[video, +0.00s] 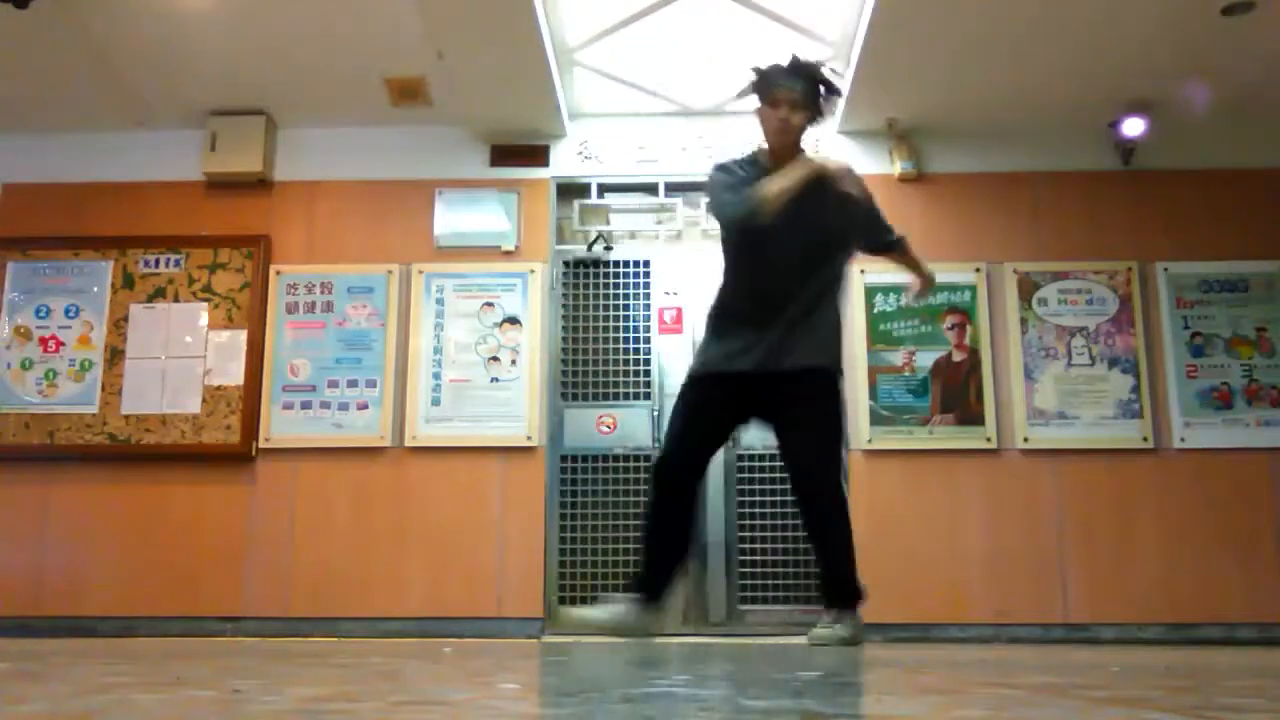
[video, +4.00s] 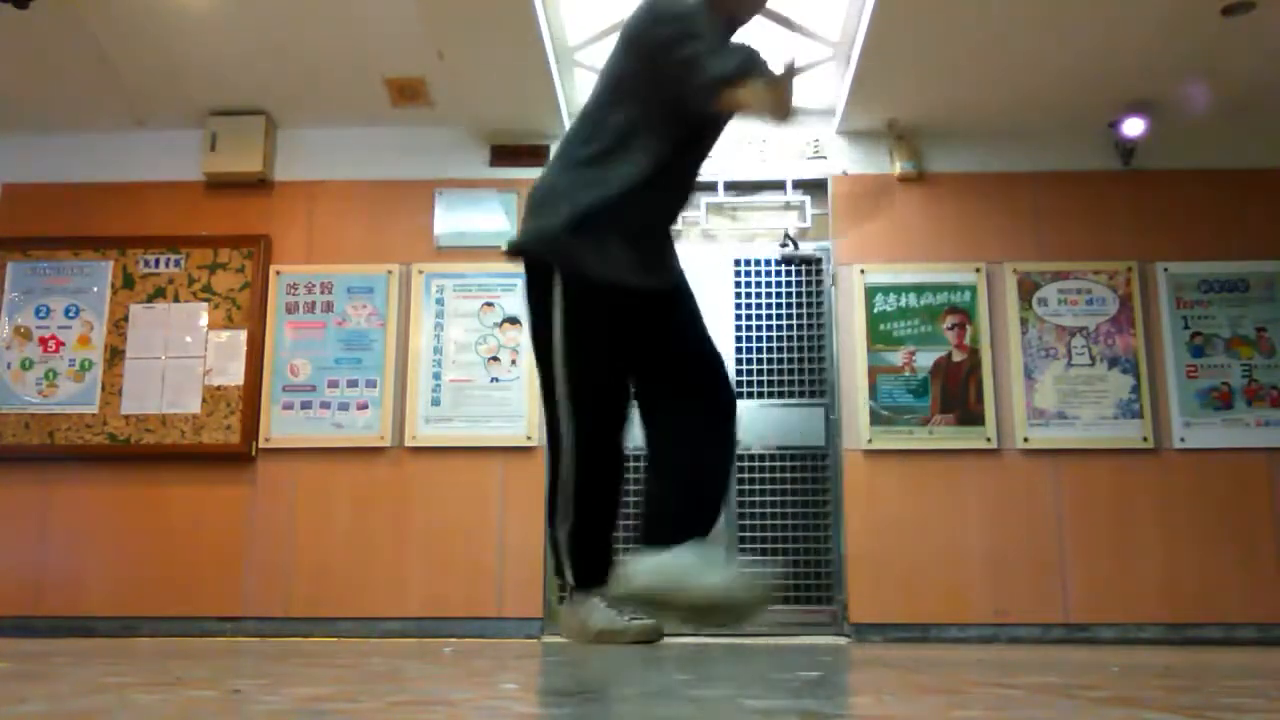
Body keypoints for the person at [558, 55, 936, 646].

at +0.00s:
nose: (778, 116)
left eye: (791, 107)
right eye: (769, 105)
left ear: (811, 116)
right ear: (757, 111)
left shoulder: (835, 184)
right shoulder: (733, 175)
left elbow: (882, 237)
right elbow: (741, 212)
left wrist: (919, 269)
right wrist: (806, 169)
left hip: (804, 363)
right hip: (729, 359)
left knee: (817, 486)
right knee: (676, 466)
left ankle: (842, 612)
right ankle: (646, 601)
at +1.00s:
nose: (730, 99)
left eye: (738, 89)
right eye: (721, 85)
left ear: (743, 97)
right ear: (693, 85)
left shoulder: (724, 171)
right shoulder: (647, 143)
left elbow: (715, 243)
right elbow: (583, 209)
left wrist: (757, 299)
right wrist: (647, 251)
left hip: (665, 322)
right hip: (607, 305)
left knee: (656, 454)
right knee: (611, 400)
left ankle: (609, 595)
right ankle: (521, 515)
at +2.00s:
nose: (711, 99)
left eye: (724, 89)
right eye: (709, 85)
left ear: (740, 84)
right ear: (693, 68)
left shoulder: (752, 128)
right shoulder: (629, 112)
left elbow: (807, 192)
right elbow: (555, 161)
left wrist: (851, 150)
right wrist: (537, 136)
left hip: (702, 310)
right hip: (624, 309)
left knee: (717, 433)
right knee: (633, 435)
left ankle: (706, 569)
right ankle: (643, 570)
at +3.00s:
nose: (768, 48)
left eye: (781, 36)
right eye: (759, 33)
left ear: (794, 34)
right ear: (738, 25)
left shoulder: (806, 88)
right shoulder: (695, 94)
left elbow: (859, 143)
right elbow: (682, 170)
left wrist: (872, 124)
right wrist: (764, 164)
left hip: (803, 258)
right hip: (725, 254)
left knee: (813, 409)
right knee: (800, 312)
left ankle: (784, 565)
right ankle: (821, 480)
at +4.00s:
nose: (760, 8)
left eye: (761, 3)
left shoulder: (710, 43)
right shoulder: (671, 18)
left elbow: (771, 100)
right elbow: (745, 96)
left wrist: (764, 81)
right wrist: (776, 84)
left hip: (639, 245)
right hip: (576, 241)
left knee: (699, 396)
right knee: (588, 419)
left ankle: (674, 552)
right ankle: (583, 595)